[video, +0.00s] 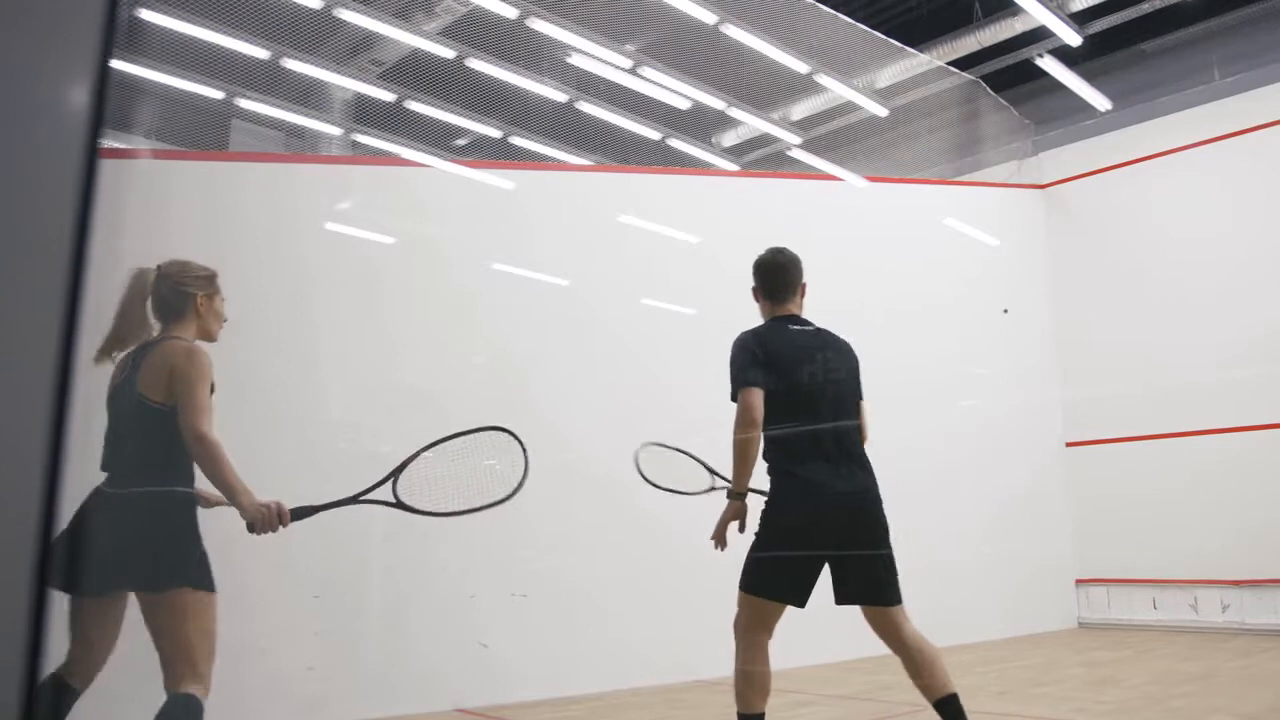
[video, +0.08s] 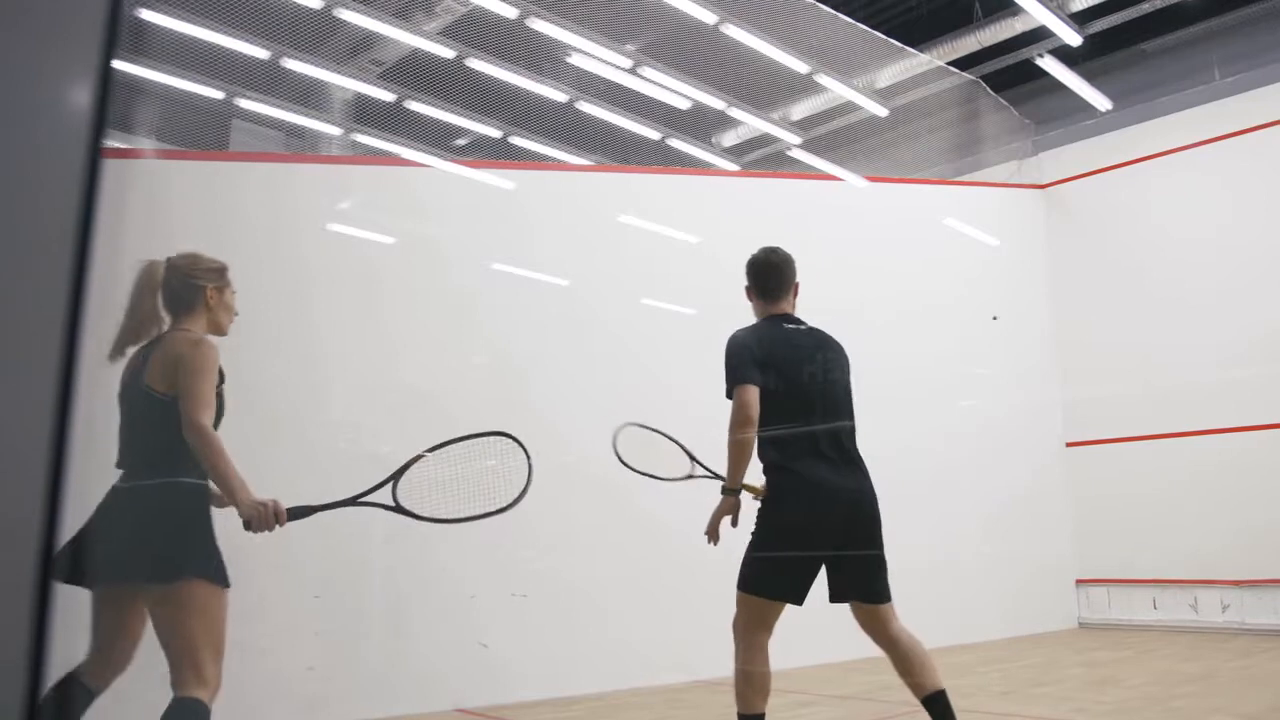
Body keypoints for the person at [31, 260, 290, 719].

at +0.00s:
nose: (225, 311)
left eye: (223, 300)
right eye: (219, 300)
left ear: (173, 305)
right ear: (198, 303)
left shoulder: (129, 361)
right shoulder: (190, 355)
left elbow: (131, 457)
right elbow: (198, 435)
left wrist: (192, 493)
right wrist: (248, 502)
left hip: (104, 519)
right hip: (162, 523)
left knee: (80, 664)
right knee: (189, 683)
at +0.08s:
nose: (236, 306)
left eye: (235, 295)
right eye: (231, 295)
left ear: (181, 298)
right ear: (209, 296)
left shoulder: (142, 355)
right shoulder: (199, 348)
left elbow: (145, 457)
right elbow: (198, 427)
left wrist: (208, 492)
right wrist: (247, 499)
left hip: (121, 515)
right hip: (174, 519)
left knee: (106, 660)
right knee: (197, 681)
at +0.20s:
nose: (253, 295)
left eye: (251, 284)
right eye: (248, 284)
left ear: (199, 288)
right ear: (227, 285)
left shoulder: (164, 347)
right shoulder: (210, 337)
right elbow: (200, 420)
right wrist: (239, 494)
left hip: (147, 508)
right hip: (194, 508)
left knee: (152, 662)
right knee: (208, 677)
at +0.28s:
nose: (265, 287)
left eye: (263, 276)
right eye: (261, 276)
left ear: (217, 280)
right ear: (239, 277)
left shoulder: (187, 334)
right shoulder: (216, 330)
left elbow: (191, 438)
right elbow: (199, 415)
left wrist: (245, 492)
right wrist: (237, 489)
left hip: (170, 504)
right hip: (202, 508)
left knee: (182, 669)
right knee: (208, 680)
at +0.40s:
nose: (284, 274)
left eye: (281, 263)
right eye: (278, 263)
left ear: (245, 266)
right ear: (257, 265)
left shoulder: (231, 325)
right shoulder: (222, 318)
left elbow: (216, 426)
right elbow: (201, 406)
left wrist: (258, 483)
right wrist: (239, 487)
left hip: (222, 502)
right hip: (205, 502)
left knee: (244, 661)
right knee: (203, 676)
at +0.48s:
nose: (297, 268)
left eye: (294, 257)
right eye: (291, 256)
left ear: (259, 259)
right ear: (269, 257)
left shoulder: (243, 320)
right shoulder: (230, 312)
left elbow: (223, 426)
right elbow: (205, 405)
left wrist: (275, 481)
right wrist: (243, 482)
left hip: (240, 505)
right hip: (215, 504)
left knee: (275, 655)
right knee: (201, 679)